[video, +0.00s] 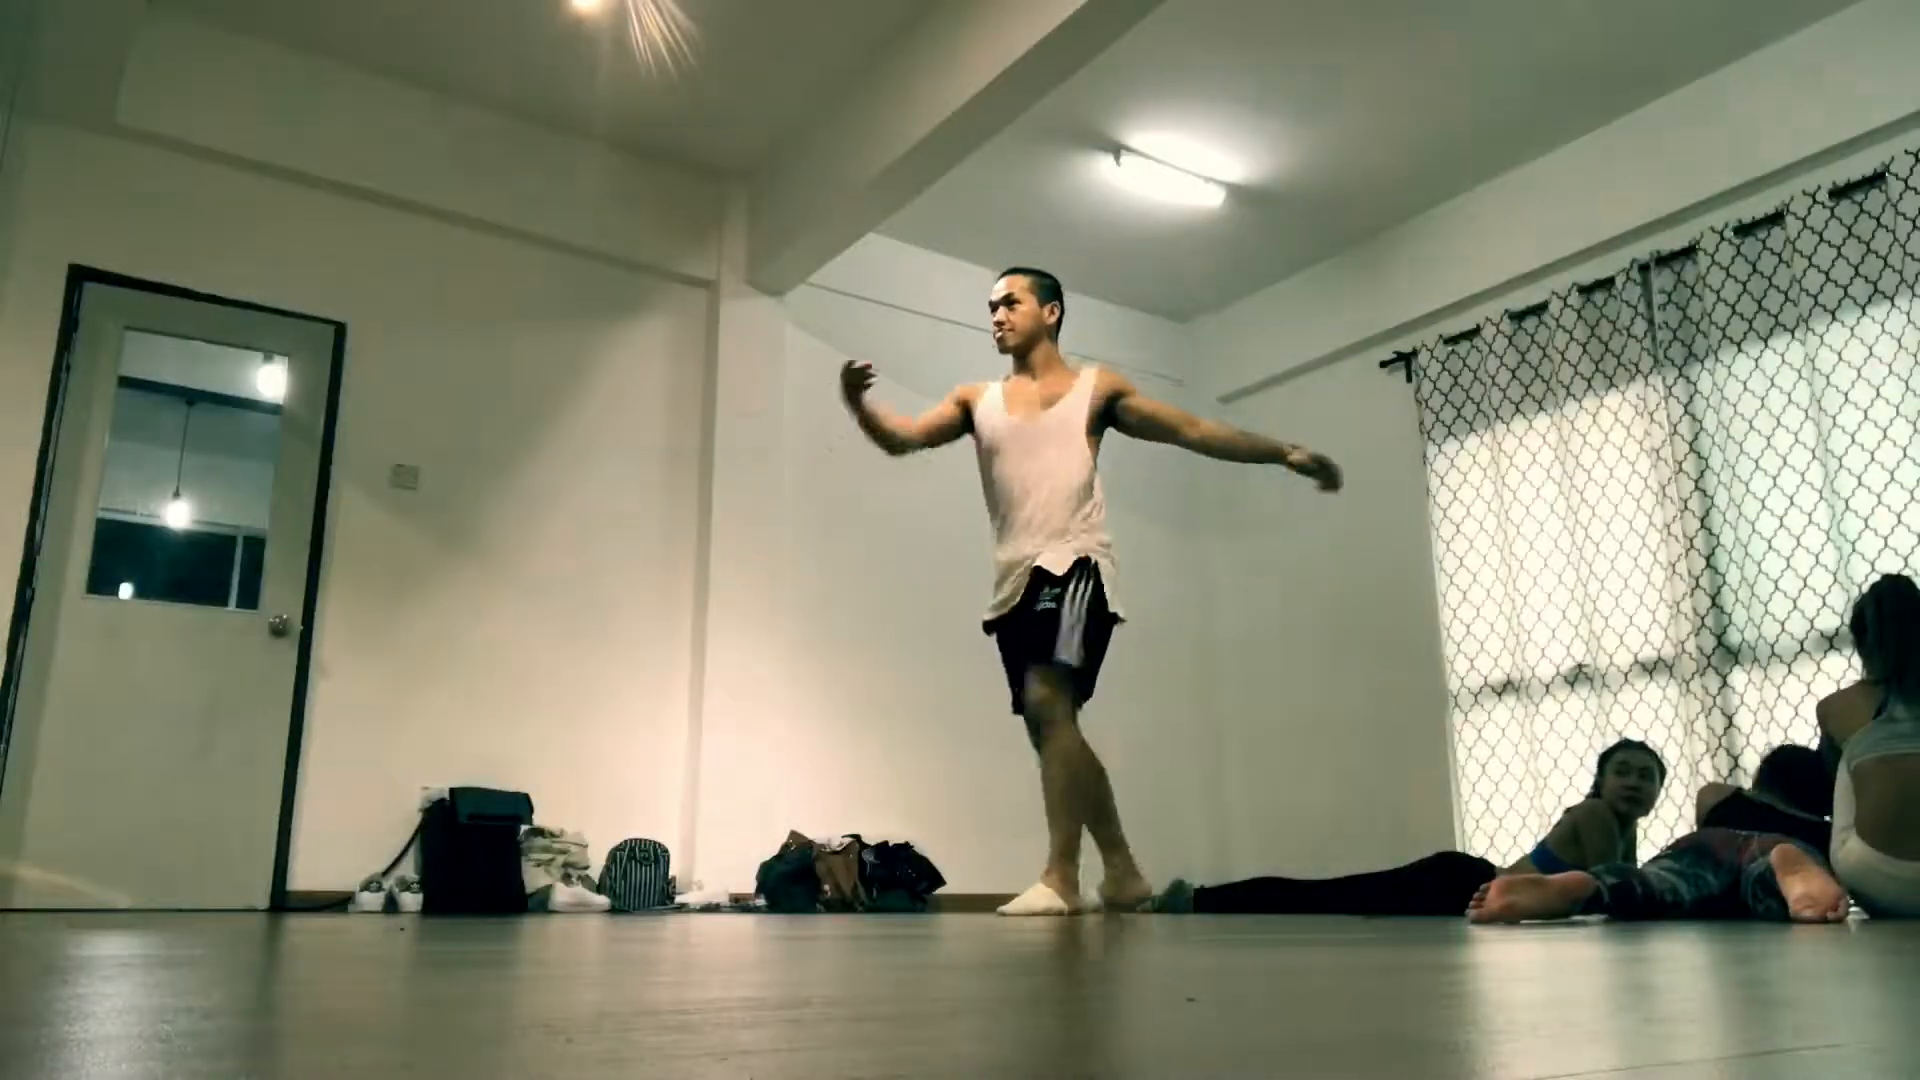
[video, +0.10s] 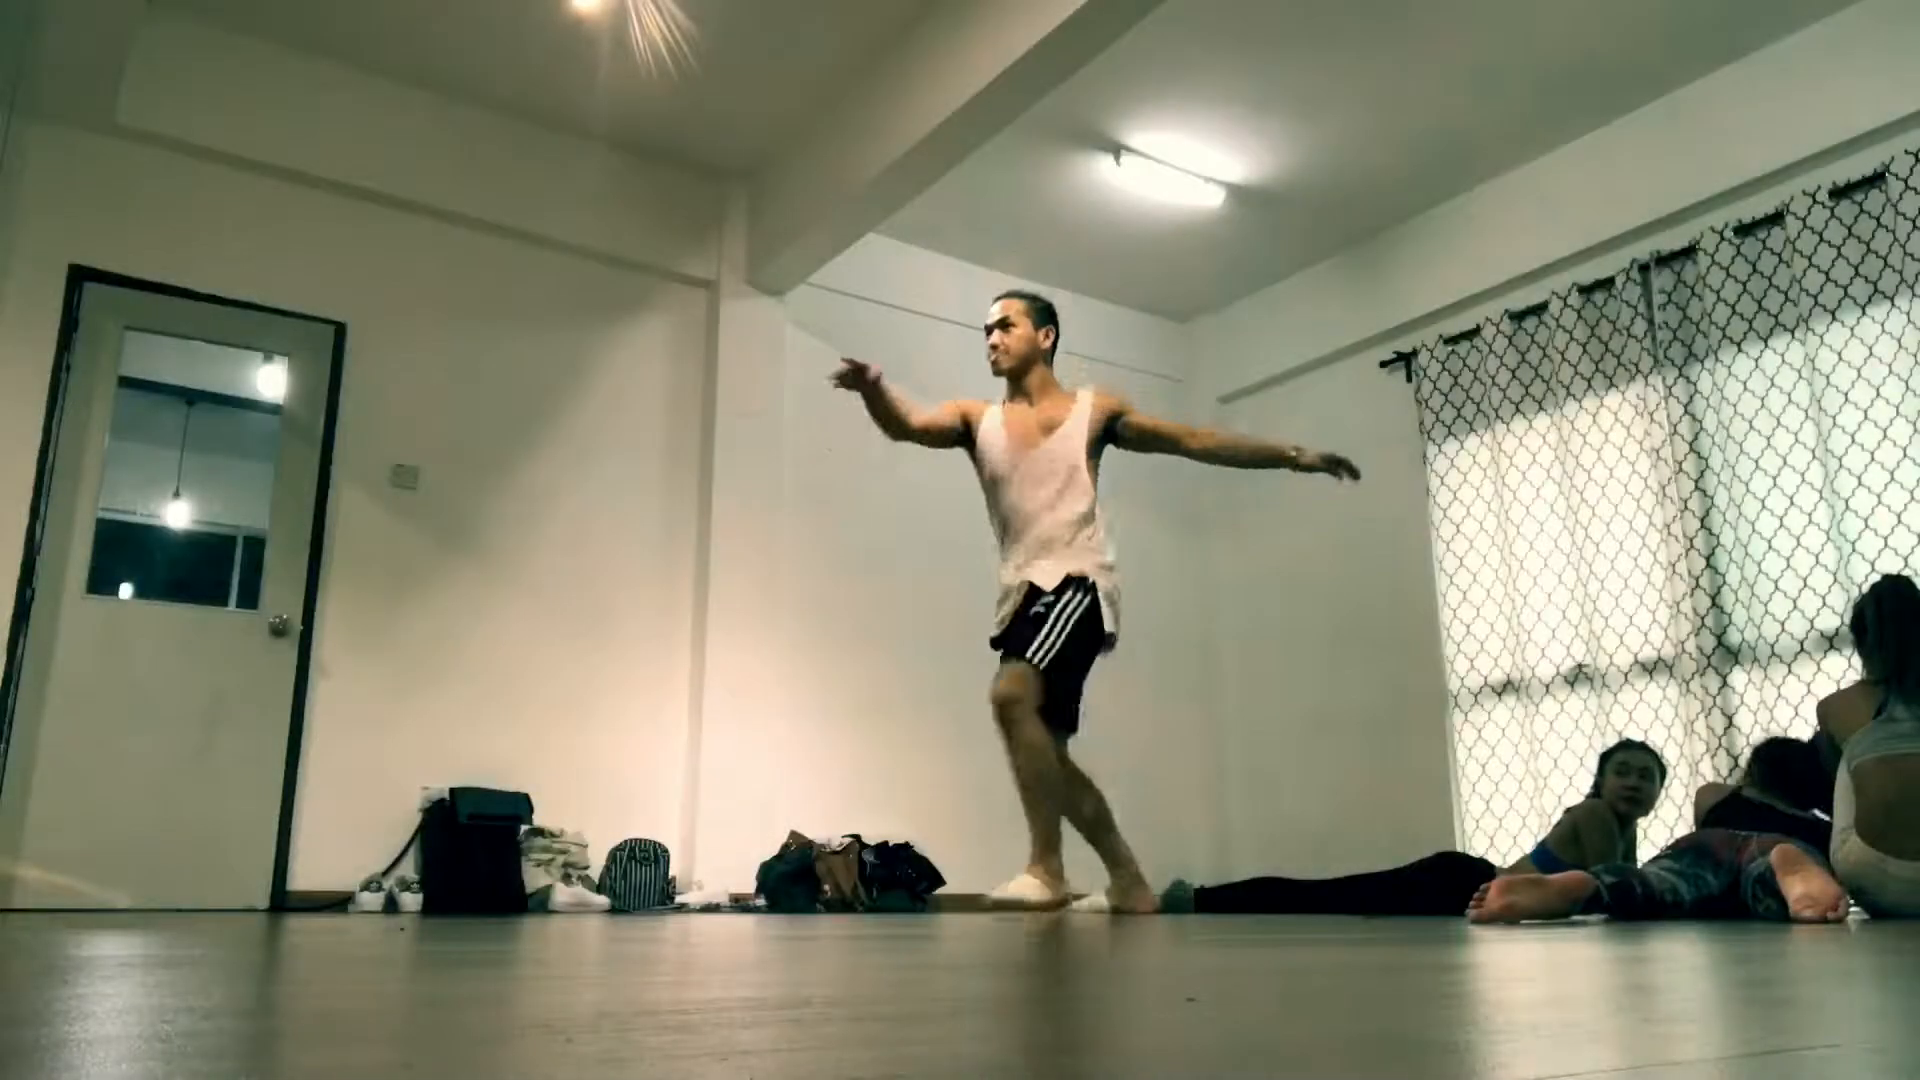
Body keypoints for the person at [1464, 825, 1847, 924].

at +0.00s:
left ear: (1759, 786)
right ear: (1817, 796)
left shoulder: (1725, 801)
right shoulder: (1820, 829)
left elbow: (1707, 794)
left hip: (1716, 839)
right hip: (1785, 845)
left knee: (1657, 878)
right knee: (1775, 875)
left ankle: (1569, 885)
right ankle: (1796, 870)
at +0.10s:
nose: (1737, 777)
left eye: (1745, 770)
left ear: (1751, 776)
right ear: (1813, 791)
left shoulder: (1714, 796)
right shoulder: (1820, 827)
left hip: (1713, 842)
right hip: (1784, 847)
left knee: (1663, 877)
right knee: (1777, 876)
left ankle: (1577, 885)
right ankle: (1798, 872)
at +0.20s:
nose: (1730, 773)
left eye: (1735, 764)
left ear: (1746, 768)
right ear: (1807, 782)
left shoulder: (1711, 795)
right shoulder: (1816, 821)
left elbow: (1706, 839)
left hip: (1713, 843)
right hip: (1786, 843)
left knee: (1657, 879)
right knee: (1779, 873)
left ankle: (1576, 884)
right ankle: (1801, 877)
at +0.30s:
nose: (1720, 777)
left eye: (1724, 768)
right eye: (1724, 769)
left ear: (1737, 770)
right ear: (1795, 781)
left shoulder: (1704, 797)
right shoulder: (1806, 823)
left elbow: (1706, 838)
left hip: (1713, 841)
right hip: (1789, 840)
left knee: (1660, 878)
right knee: (1775, 873)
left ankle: (1578, 885)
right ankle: (1800, 877)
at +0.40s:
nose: (1710, 775)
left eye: (1715, 767)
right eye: (1714, 766)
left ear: (1727, 770)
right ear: (1783, 776)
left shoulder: (1699, 796)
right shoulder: (1803, 822)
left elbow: (1703, 837)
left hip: (1714, 840)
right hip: (1788, 840)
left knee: (1660, 877)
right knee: (1776, 873)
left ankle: (1582, 885)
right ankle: (1801, 874)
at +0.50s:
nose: (1701, 778)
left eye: (1703, 770)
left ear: (1711, 771)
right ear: (1774, 773)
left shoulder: (1694, 799)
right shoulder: (1795, 818)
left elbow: (1696, 845)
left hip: (1710, 843)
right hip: (1778, 841)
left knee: (1655, 877)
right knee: (1785, 868)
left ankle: (1579, 884)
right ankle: (1805, 877)